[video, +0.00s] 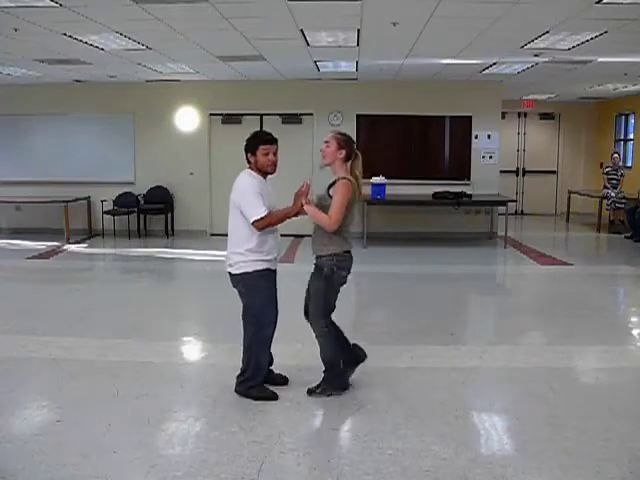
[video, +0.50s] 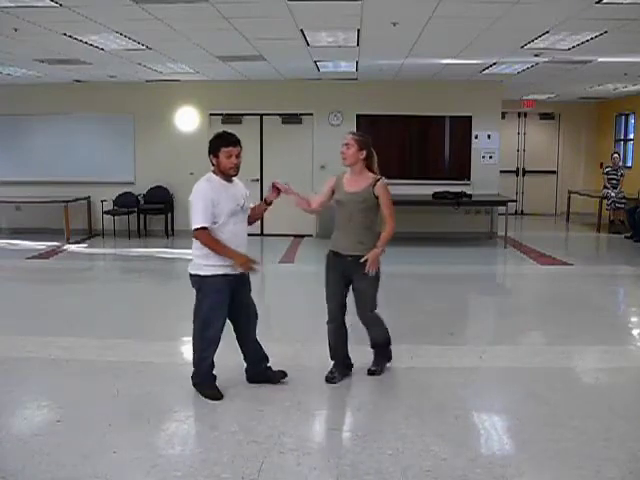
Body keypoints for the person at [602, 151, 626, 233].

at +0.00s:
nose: (615, 160)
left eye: (617, 158)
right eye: (614, 158)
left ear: (619, 160)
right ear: (611, 159)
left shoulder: (621, 170)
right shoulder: (607, 169)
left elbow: (621, 183)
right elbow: (605, 182)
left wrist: (617, 190)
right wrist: (611, 190)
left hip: (617, 188)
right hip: (608, 188)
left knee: (622, 196)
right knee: (611, 196)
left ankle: (621, 217)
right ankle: (611, 217)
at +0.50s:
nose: (615, 160)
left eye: (616, 158)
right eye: (613, 158)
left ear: (619, 160)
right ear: (611, 160)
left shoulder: (621, 170)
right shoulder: (607, 169)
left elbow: (621, 183)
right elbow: (605, 182)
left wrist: (617, 190)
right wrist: (611, 189)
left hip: (617, 188)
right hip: (608, 188)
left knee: (622, 196)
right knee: (611, 196)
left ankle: (621, 217)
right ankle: (611, 217)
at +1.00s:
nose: (615, 160)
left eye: (616, 158)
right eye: (613, 158)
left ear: (619, 160)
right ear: (611, 160)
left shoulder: (621, 170)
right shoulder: (607, 169)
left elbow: (621, 183)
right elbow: (605, 182)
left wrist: (617, 190)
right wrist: (611, 189)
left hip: (617, 188)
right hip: (608, 188)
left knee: (622, 196)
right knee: (612, 196)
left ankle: (621, 218)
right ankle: (612, 218)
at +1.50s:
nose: (615, 160)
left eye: (616, 158)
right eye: (613, 158)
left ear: (619, 160)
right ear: (611, 160)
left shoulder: (621, 171)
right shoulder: (607, 169)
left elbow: (621, 183)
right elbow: (605, 182)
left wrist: (617, 190)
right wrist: (611, 189)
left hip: (617, 188)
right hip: (608, 188)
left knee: (622, 196)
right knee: (612, 196)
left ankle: (621, 218)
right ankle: (612, 218)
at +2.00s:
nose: (615, 160)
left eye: (616, 158)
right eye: (613, 158)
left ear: (619, 160)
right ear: (611, 160)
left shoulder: (621, 171)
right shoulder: (607, 169)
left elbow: (621, 183)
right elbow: (605, 182)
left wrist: (617, 190)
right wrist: (611, 189)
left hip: (617, 188)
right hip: (608, 188)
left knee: (622, 196)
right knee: (612, 196)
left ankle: (621, 217)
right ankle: (611, 217)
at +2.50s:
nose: (615, 160)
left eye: (616, 158)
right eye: (613, 158)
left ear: (619, 160)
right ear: (611, 160)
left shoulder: (621, 171)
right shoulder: (607, 169)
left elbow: (621, 183)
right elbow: (605, 182)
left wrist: (617, 190)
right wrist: (611, 189)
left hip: (617, 188)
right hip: (608, 188)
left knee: (622, 196)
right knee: (612, 196)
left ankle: (621, 217)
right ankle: (611, 217)